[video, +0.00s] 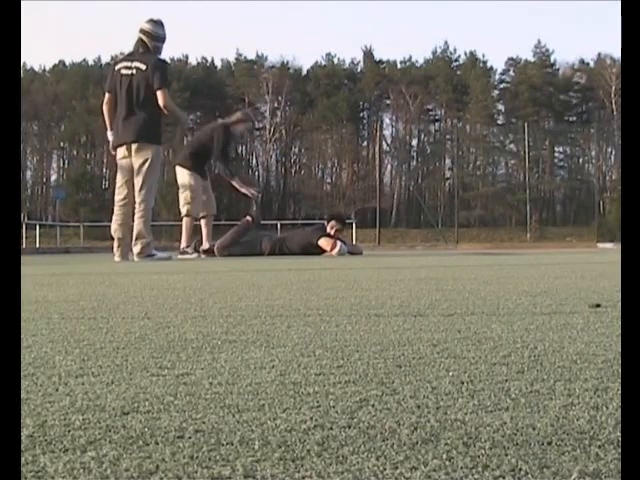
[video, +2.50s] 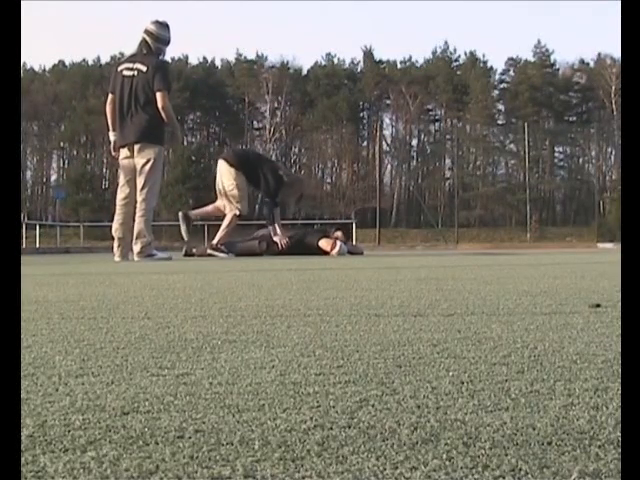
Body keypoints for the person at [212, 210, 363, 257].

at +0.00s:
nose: (335, 233)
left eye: (338, 231)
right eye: (334, 229)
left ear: (339, 230)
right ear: (327, 224)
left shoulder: (331, 236)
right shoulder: (318, 235)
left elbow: (358, 250)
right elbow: (337, 248)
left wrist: (342, 247)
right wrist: (342, 247)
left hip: (270, 242)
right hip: (266, 245)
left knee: (225, 247)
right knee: (220, 250)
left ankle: (203, 250)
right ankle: (247, 221)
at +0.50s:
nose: (334, 234)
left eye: (338, 231)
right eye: (333, 229)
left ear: (339, 230)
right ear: (327, 225)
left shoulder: (330, 237)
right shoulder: (319, 235)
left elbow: (357, 250)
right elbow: (335, 251)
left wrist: (344, 247)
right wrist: (344, 245)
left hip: (277, 243)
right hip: (274, 245)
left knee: (230, 247)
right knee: (227, 248)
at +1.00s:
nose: (338, 241)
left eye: (340, 239)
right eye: (339, 237)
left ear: (334, 234)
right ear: (333, 233)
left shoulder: (324, 238)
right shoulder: (319, 236)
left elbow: (355, 251)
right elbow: (333, 248)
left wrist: (345, 246)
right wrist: (351, 248)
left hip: (271, 240)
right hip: (269, 242)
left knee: (233, 245)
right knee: (232, 247)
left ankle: (203, 246)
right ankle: (201, 248)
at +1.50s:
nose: (339, 243)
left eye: (341, 241)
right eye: (340, 240)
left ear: (334, 234)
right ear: (335, 236)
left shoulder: (323, 238)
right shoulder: (320, 236)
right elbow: (334, 249)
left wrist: (345, 246)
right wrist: (350, 248)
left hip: (272, 241)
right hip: (271, 242)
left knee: (234, 247)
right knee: (233, 248)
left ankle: (198, 251)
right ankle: (197, 252)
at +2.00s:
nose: (337, 239)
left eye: (341, 236)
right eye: (336, 234)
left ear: (343, 236)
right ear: (330, 231)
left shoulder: (331, 243)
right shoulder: (318, 237)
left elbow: (359, 251)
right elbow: (333, 248)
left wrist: (344, 247)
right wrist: (352, 249)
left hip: (272, 243)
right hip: (268, 239)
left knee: (233, 246)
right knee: (234, 246)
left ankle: (199, 252)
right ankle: (200, 251)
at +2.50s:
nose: (337, 242)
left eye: (340, 240)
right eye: (338, 238)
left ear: (337, 239)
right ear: (333, 235)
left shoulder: (324, 241)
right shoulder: (320, 237)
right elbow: (333, 249)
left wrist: (346, 246)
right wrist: (346, 248)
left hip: (272, 240)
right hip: (270, 241)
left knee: (232, 247)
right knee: (231, 248)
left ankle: (197, 252)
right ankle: (197, 252)